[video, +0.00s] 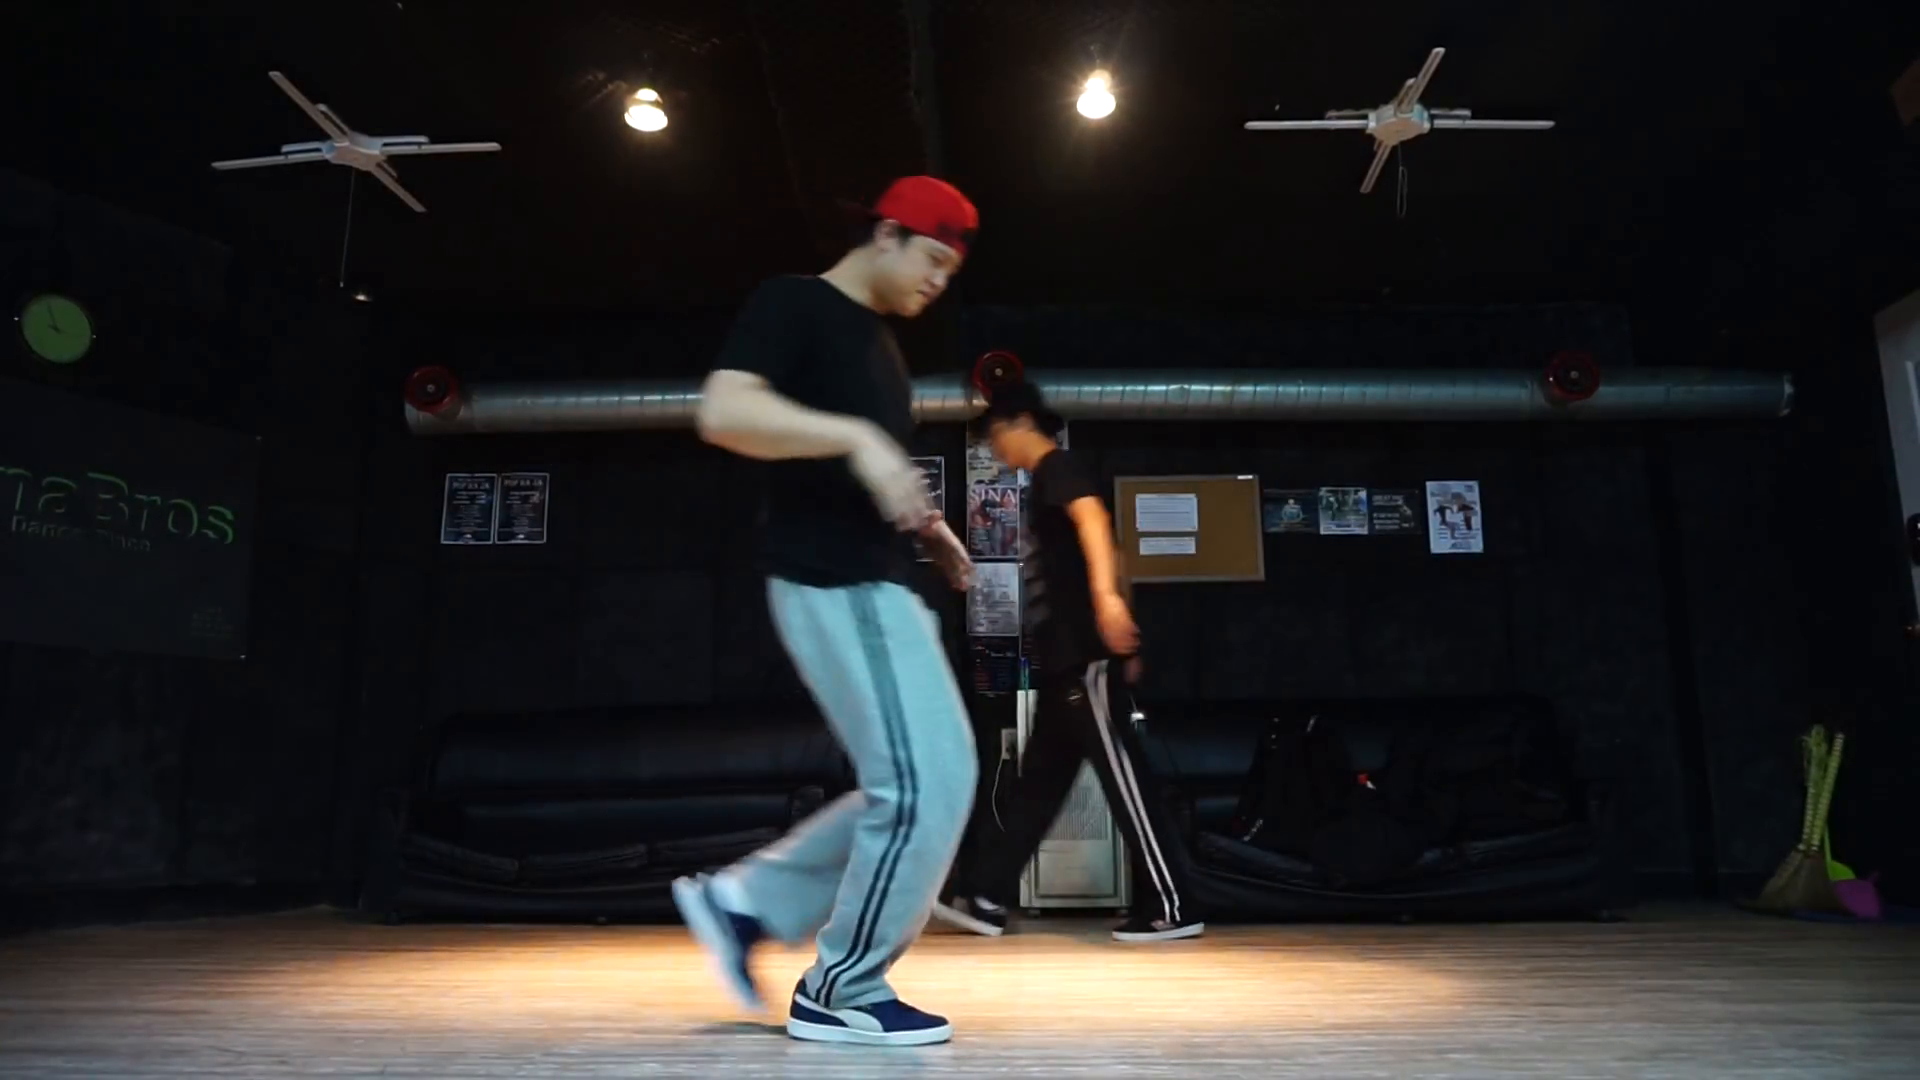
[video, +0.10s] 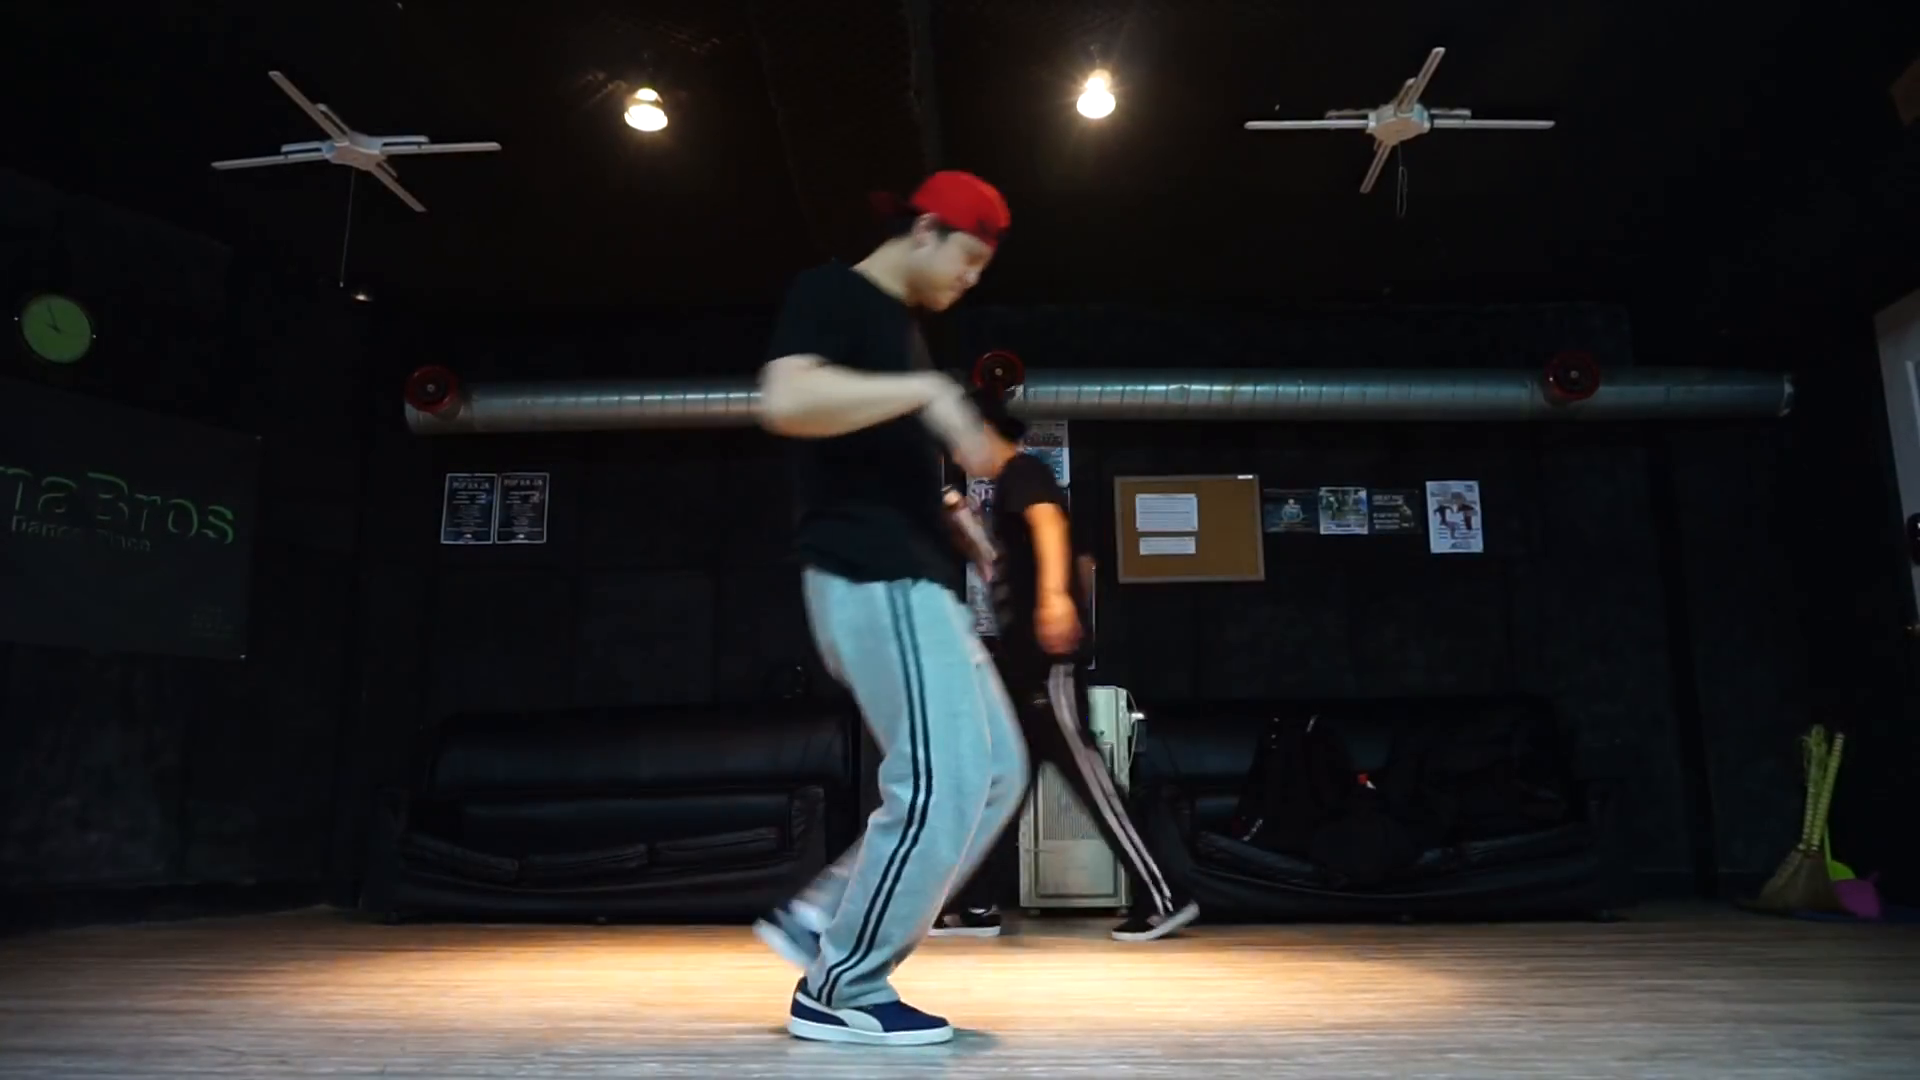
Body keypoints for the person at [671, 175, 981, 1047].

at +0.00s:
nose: (938, 280)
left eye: (948, 268)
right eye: (930, 258)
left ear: (939, 269)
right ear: (884, 234)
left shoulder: (875, 341)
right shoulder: (795, 305)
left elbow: (871, 461)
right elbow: (723, 410)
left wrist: (925, 524)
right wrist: (858, 436)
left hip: (875, 585)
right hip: (834, 587)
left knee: (914, 787)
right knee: (927, 782)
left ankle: (740, 901)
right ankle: (843, 989)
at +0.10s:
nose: (971, 282)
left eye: (979, 268)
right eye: (969, 261)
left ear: (941, 247)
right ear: (926, 232)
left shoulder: (899, 329)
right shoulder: (832, 294)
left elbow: (898, 463)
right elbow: (783, 398)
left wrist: (954, 517)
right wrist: (922, 393)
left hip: (914, 579)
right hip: (870, 580)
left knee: (998, 773)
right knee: (939, 782)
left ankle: (824, 919)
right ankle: (843, 992)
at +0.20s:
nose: (1006, 266)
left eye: (1013, 251)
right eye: (1005, 244)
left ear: (973, 223)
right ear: (966, 215)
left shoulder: (931, 310)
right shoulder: (876, 277)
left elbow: (923, 444)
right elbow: (861, 375)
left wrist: (975, 484)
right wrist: (992, 350)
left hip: (948, 570)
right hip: (903, 567)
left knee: (1026, 748)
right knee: (937, 771)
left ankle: (936, 958)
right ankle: (841, 985)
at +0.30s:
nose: (1042, 253)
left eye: (1047, 238)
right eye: (1042, 232)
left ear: (1003, 207)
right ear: (1009, 206)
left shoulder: (956, 286)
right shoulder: (935, 256)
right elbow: (937, 356)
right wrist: (1057, 340)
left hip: (965, 556)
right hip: (932, 551)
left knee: (1044, 741)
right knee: (929, 761)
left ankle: (1050, 964)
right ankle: (844, 985)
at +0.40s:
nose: (1077, 264)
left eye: (1079, 248)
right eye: (1076, 242)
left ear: (1013, 215)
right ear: (1053, 220)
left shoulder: (963, 279)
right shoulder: (997, 260)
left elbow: (902, 430)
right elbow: (1012, 359)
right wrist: (1122, 374)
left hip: (981, 556)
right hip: (974, 556)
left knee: (1066, 754)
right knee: (944, 765)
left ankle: (1109, 968)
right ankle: (844, 980)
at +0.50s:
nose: (1106, 277)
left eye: (1106, 263)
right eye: (1105, 261)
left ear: (1034, 246)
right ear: (1088, 248)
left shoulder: (979, 314)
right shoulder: (1054, 280)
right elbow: (1076, 381)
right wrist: (1171, 430)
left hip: (986, 563)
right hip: (1022, 567)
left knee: (1104, 747)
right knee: (1011, 764)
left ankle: (1117, 971)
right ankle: (863, 961)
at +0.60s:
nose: (1128, 298)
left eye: (1123, 287)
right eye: (1125, 286)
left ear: (1048, 273)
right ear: (1109, 275)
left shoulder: (991, 338)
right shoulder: (1098, 297)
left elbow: (956, 480)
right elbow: (1119, 401)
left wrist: (1053, 481)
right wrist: (1184, 479)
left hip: (1006, 583)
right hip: (1068, 578)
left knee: (1108, 777)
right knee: (1131, 778)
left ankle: (1118, 973)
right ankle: (932, 914)